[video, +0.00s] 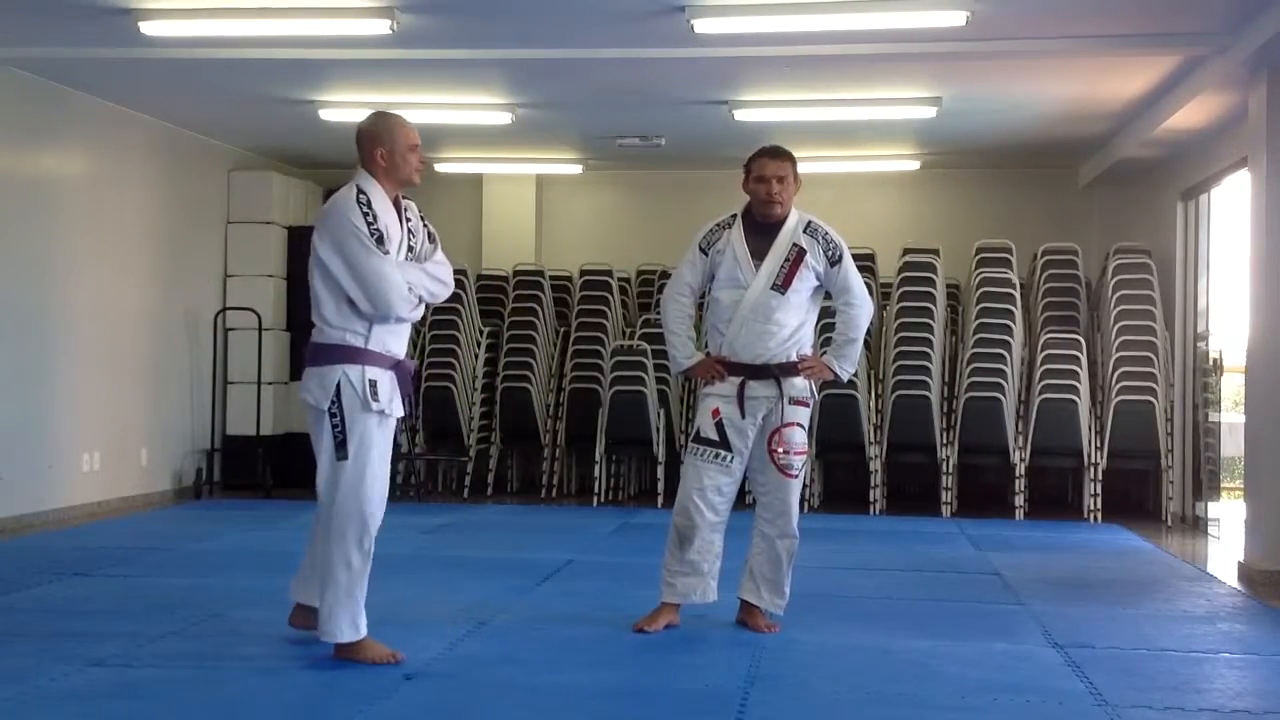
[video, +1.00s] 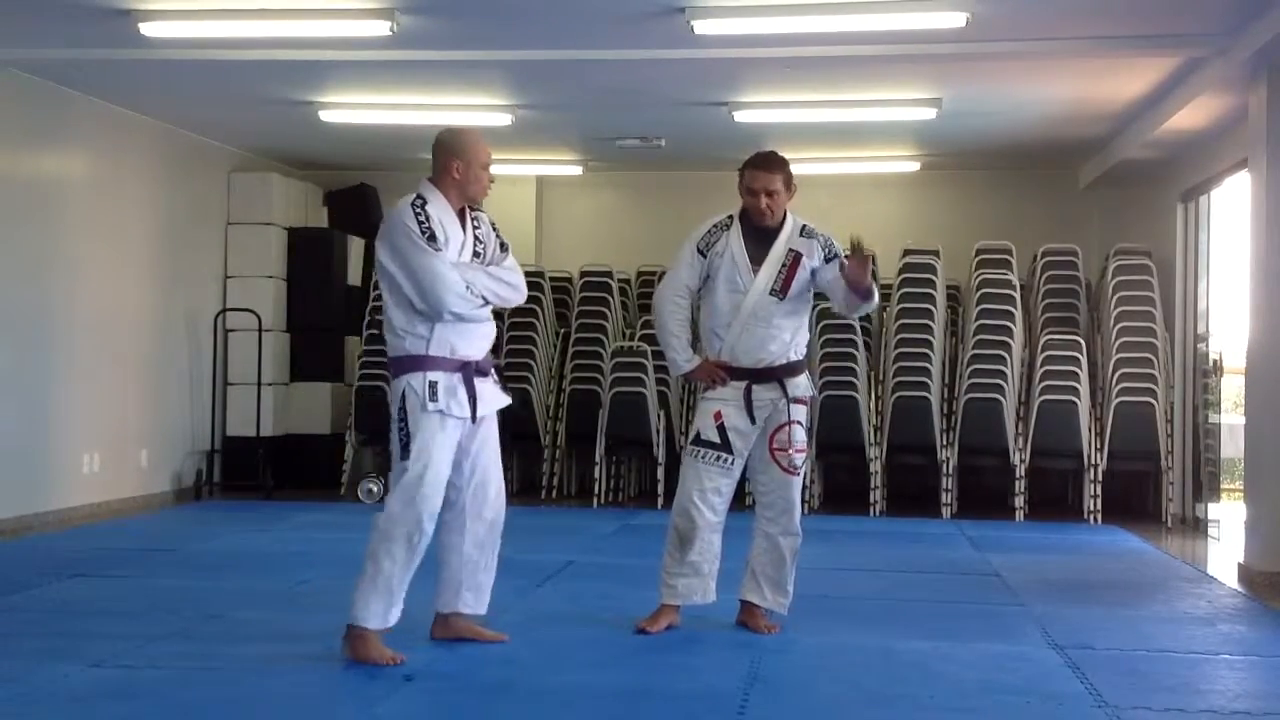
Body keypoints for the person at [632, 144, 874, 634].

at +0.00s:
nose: (771, 190)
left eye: (781, 181)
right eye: (761, 180)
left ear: (796, 187)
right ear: (745, 185)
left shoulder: (821, 242)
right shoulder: (714, 238)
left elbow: (857, 304)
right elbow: (676, 299)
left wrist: (838, 361)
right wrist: (688, 356)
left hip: (789, 389)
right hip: (723, 384)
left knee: (780, 506)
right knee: (697, 499)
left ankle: (756, 604)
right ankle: (672, 602)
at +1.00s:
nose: (763, 203)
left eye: (773, 194)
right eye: (754, 193)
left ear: (790, 194)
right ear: (740, 191)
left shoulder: (814, 244)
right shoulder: (713, 237)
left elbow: (851, 304)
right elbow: (669, 298)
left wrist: (860, 287)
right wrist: (687, 360)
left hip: (787, 390)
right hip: (722, 386)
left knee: (780, 506)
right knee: (695, 501)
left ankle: (757, 604)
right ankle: (672, 602)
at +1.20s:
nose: (765, 203)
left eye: (775, 194)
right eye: (756, 193)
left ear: (790, 195)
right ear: (740, 191)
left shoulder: (806, 238)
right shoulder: (711, 236)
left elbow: (860, 262)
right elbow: (668, 298)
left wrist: (847, 213)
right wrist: (686, 361)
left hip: (784, 388)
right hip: (720, 386)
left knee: (779, 506)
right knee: (694, 502)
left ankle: (757, 604)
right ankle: (672, 603)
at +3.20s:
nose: (747, 201)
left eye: (759, 196)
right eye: (745, 190)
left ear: (786, 200)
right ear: (742, 186)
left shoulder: (810, 239)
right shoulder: (717, 236)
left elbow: (853, 221)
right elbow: (676, 296)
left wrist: (810, 182)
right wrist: (687, 357)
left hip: (787, 389)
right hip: (723, 386)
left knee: (780, 506)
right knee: (696, 501)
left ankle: (755, 606)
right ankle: (672, 604)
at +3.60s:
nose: (736, 202)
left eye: (746, 195)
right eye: (733, 192)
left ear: (775, 195)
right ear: (731, 188)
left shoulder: (807, 240)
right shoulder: (712, 238)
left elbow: (866, 285)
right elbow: (674, 302)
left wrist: (825, 247)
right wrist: (687, 360)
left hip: (785, 389)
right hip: (721, 386)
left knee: (780, 506)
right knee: (696, 502)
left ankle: (756, 605)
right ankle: (672, 604)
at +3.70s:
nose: (733, 203)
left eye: (743, 196)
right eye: (729, 194)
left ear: (771, 194)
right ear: (725, 190)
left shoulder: (809, 239)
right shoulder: (709, 240)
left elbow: (861, 282)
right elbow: (674, 303)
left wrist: (846, 311)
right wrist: (687, 360)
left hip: (786, 390)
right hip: (722, 387)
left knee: (780, 506)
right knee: (696, 501)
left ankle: (756, 605)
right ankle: (672, 604)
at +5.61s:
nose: (765, 194)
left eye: (776, 185)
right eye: (757, 183)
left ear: (794, 192)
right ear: (743, 187)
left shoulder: (818, 245)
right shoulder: (713, 238)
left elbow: (854, 306)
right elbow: (673, 300)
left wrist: (834, 364)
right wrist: (687, 359)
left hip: (785, 392)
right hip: (720, 387)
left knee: (779, 509)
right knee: (695, 502)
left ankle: (756, 607)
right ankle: (672, 605)